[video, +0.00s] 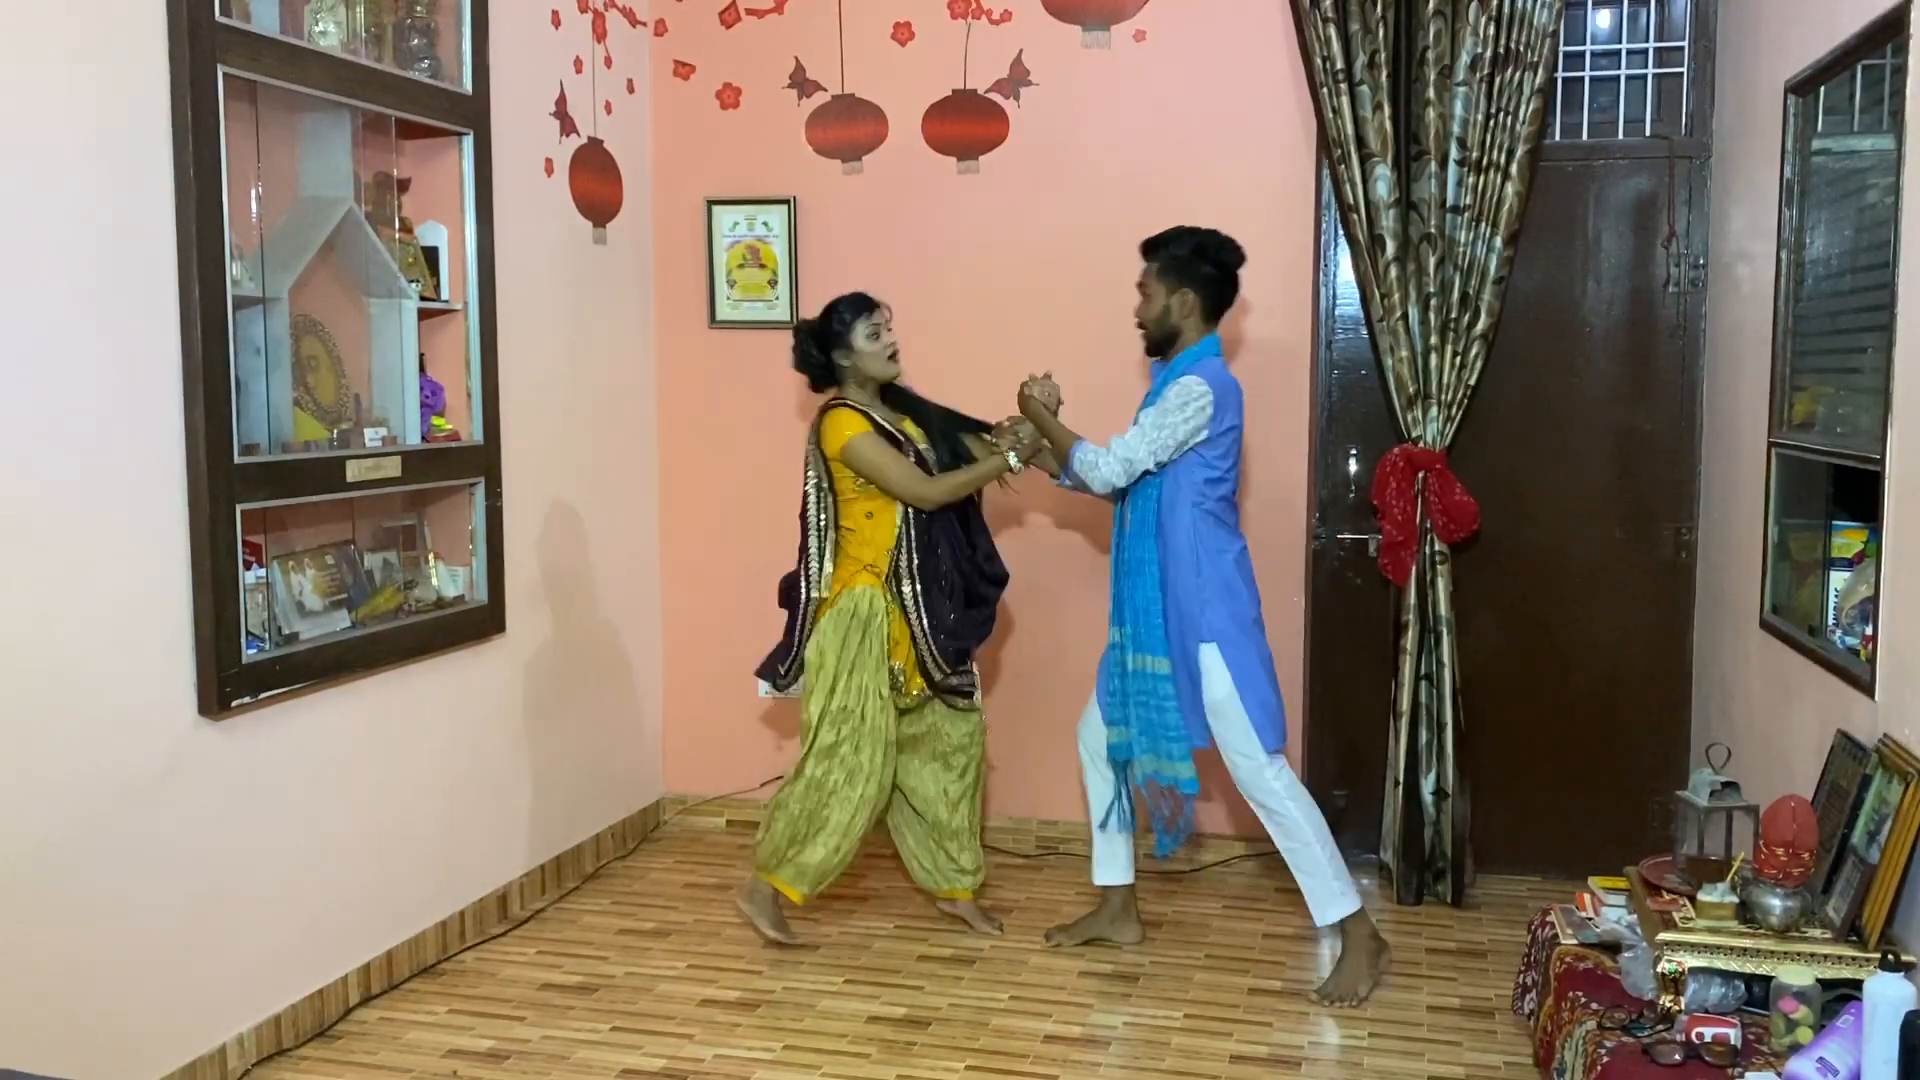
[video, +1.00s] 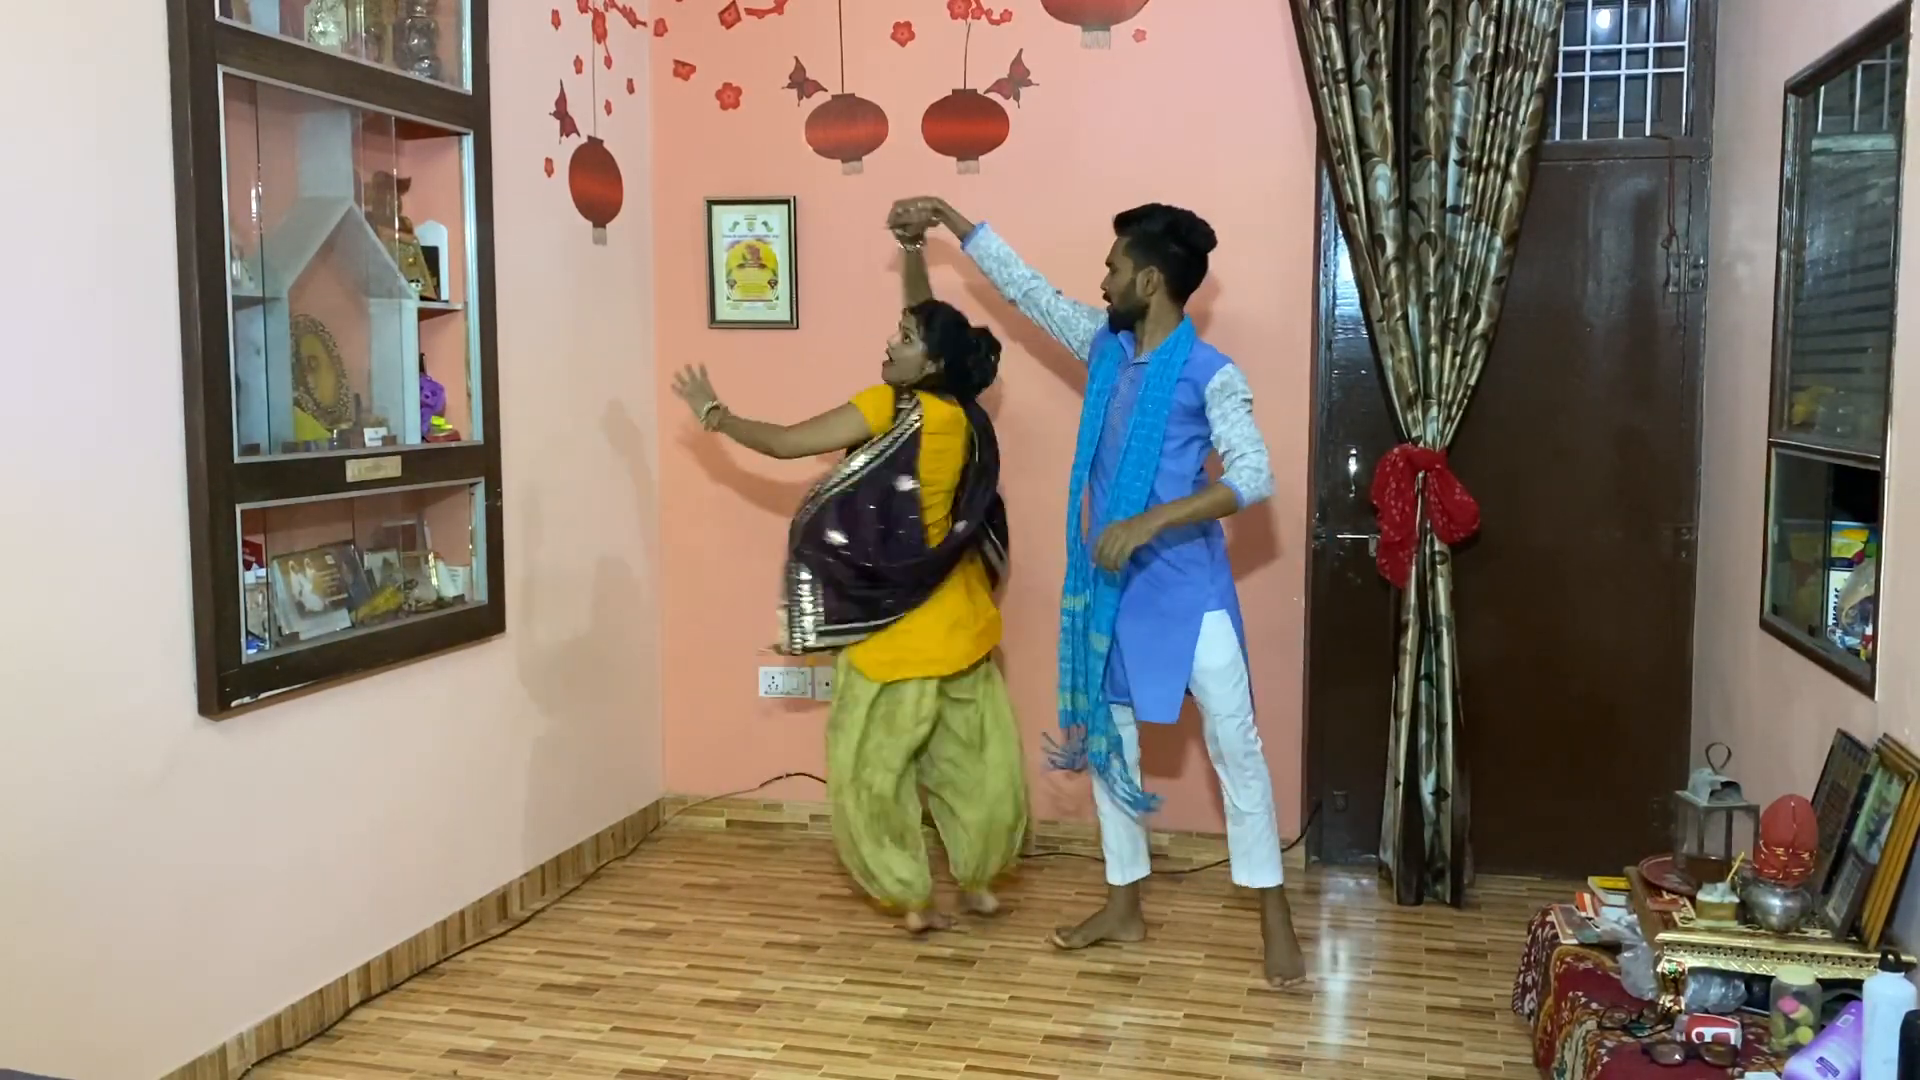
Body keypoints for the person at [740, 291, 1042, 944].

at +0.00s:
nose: (892, 342)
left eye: (889, 331)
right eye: (875, 336)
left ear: (885, 343)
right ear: (841, 356)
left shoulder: (899, 415)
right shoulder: (841, 422)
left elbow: (969, 447)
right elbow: (924, 491)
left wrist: (1029, 428)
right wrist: (1000, 462)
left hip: (915, 606)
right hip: (861, 606)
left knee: (954, 735)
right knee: (853, 751)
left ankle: (952, 882)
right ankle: (769, 884)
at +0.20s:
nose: (815, 430)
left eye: (816, 418)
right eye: (801, 421)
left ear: (817, 419)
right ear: (761, 430)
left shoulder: (828, 462)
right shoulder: (771, 492)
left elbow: (913, 447)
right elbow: (874, 481)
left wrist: (991, 437)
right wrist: (975, 461)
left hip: (906, 636)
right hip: (848, 636)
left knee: (978, 745)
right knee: (820, 764)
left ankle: (956, 892)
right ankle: (739, 899)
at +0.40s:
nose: (815, 375)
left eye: (814, 362)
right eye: (801, 366)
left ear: (812, 367)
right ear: (764, 383)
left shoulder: (832, 422)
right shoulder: (774, 445)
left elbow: (911, 433)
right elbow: (877, 461)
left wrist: (999, 432)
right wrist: (981, 457)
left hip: (888, 607)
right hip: (825, 613)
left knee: (934, 742)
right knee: (801, 754)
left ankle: (957, 887)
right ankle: (740, 891)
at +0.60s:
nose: (883, 361)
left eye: (875, 351)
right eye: (869, 356)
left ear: (853, 381)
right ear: (842, 381)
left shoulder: (890, 442)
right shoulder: (838, 459)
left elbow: (940, 493)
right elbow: (924, 525)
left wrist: (1003, 477)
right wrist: (1015, 521)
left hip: (876, 630)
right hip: (812, 631)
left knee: (916, 757)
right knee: (791, 770)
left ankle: (898, 904)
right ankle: (737, 908)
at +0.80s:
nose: (947, 394)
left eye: (935, 384)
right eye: (943, 386)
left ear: (881, 392)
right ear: (940, 398)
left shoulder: (852, 434)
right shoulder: (944, 469)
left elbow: (788, 469)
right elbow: (1008, 504)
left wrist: (819, 528)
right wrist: (1019, 443)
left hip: (829, 629)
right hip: (896, 633)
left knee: (865, 763)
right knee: (916, 771)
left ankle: (898, 906)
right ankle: (801, 858)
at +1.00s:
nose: (891, 345)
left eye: (904, 341)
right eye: (898, 336)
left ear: (932, 362)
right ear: (946, 365)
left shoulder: (889, 408)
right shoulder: (967, 416)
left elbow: (788, 442)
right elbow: (928, 329)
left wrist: (715, 414)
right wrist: (914, 250)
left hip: (897, 633)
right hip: (967, 627)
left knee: (870, 769)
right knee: (970, 759)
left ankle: (913, 902)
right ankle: (977, 882)